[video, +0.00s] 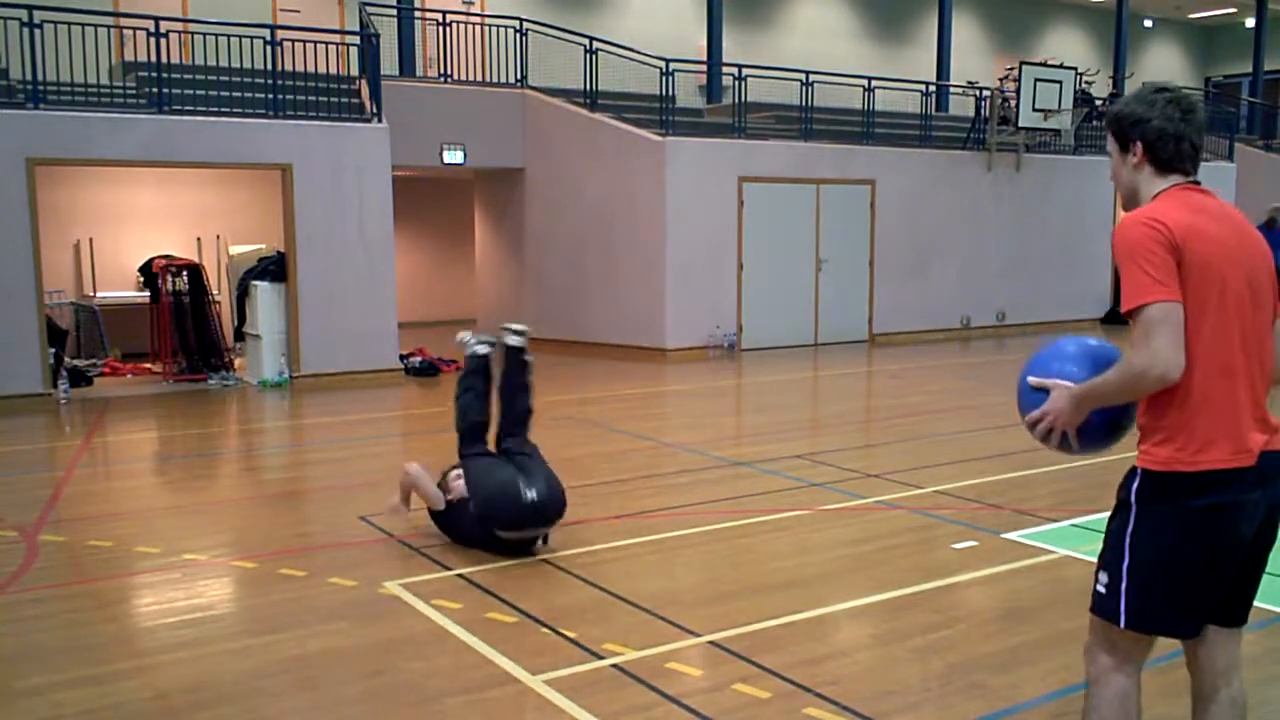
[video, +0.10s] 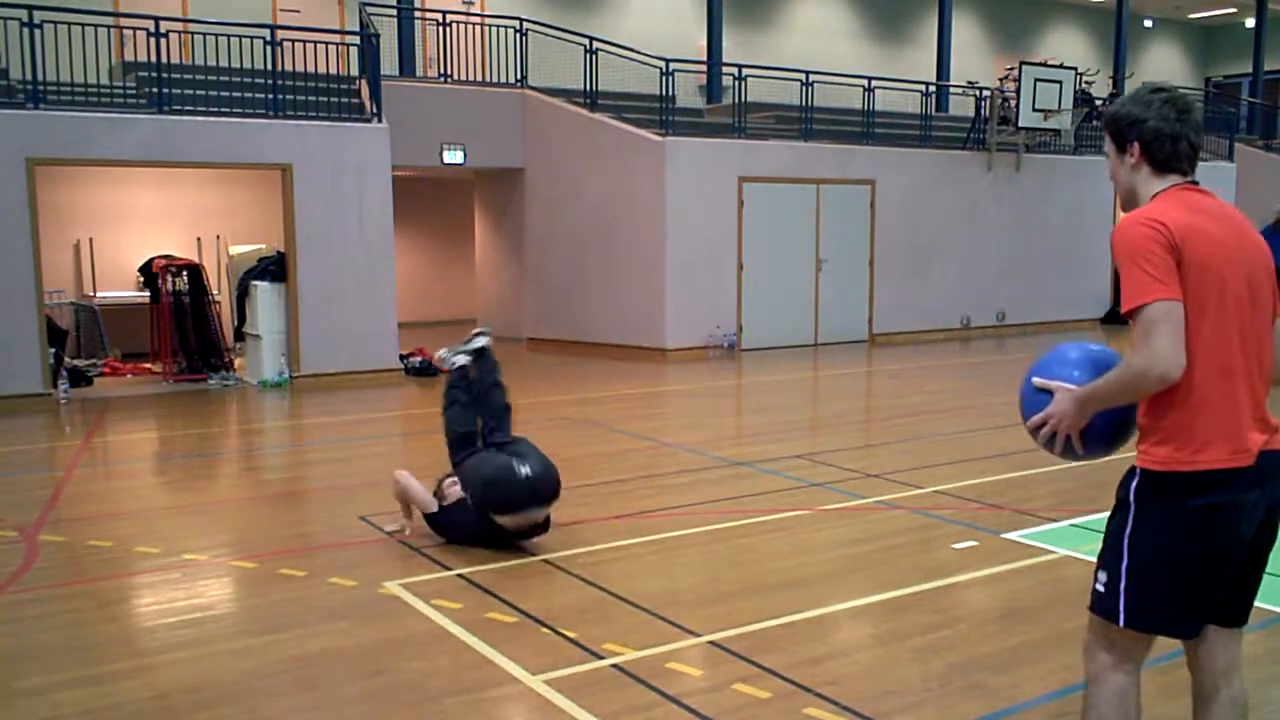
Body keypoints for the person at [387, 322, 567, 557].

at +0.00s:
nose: (464, 475)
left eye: (465, 472)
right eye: (456, 476)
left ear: (477, 474)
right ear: (447, 493)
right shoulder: (450, 515)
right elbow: (411, 469)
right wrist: (403, 500)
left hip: (550, 504)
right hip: (501, 510)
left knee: (514, 437)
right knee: (473, 444)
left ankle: (516, 352)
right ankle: (477, 356)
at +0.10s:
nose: (455, 485)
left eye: (458, 482)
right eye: (449, 486)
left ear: (467, 485)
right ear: (443, 499)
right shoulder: (447, 520)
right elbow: (400, 477)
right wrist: (407, 518)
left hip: (546, 480)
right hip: (490, 486)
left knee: (498, 434)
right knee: (464, 455)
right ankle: (459, 368)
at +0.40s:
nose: (448, 491)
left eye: (448, 492)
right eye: (444, 494)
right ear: (444, 505)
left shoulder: (503, 519)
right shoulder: (447, 525)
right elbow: (391, 485)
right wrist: (410, 521)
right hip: (479, 453)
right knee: (441, 472)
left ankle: (433, 387)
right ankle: (417, 396)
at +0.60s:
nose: (447, 492)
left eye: (447, 493)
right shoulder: (453, 527)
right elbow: (395, 482)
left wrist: (414, 518)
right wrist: (414, 518)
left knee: (473, 440)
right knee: (437, 467)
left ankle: (446, 374)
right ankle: (420, 382)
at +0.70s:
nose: (448, 487)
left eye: (449, 487)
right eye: (446, 489)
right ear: (446, 504)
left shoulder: (506, 521)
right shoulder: (447, 523)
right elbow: (394, 479)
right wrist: (412, 516)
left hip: (527, 459)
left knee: (489, 443)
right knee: (441, 453)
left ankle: (470, 363)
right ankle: (432, 371)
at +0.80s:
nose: (452, 487)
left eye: (452, 486)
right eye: (448, 488)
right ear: (445, 500)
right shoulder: (444, 521)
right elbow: (394, 478)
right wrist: (411, 515)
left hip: (534, 485)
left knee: (501, 440)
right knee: (452, 448)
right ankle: (457, 366)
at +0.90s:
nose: (462, 480)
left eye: (463, 477)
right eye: (454, 480)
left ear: (470, 478)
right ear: (447, 492)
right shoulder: (444, 513)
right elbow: (397, 469)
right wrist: (409, 493)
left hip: (538, 518)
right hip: (495, 528)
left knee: (512, 440)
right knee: (465, 450)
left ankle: (534, 401)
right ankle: (486, 378)